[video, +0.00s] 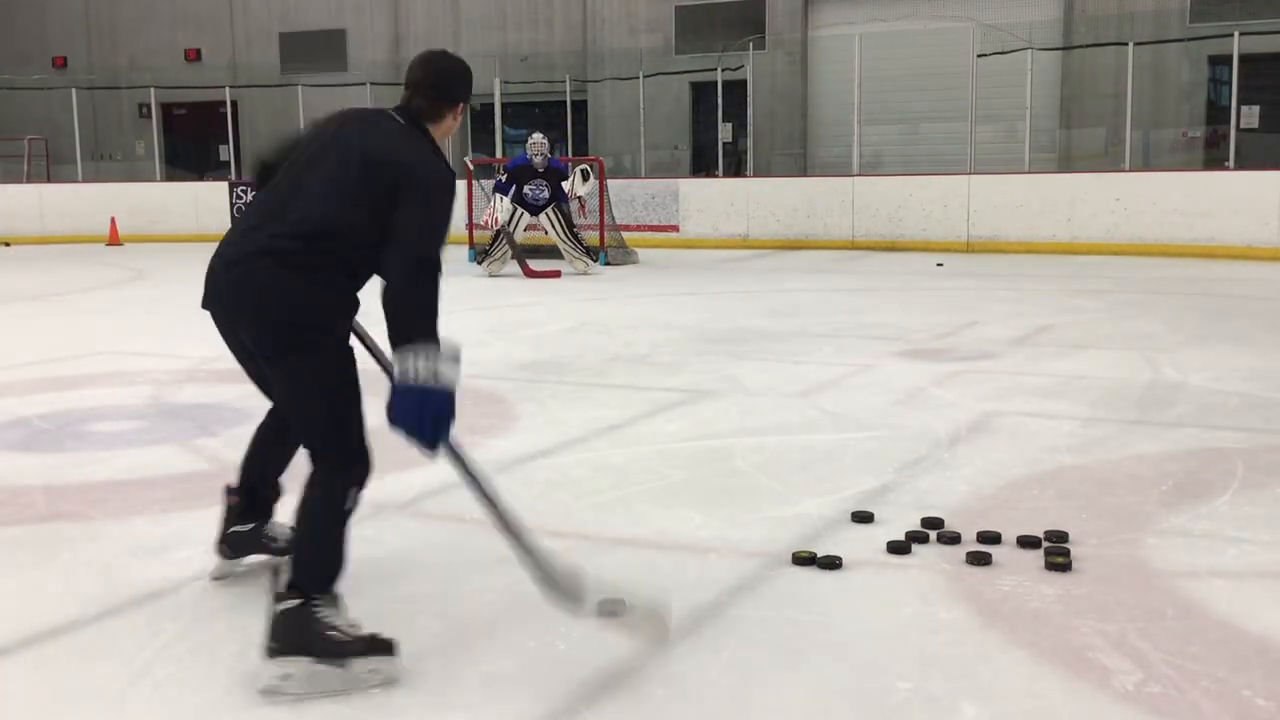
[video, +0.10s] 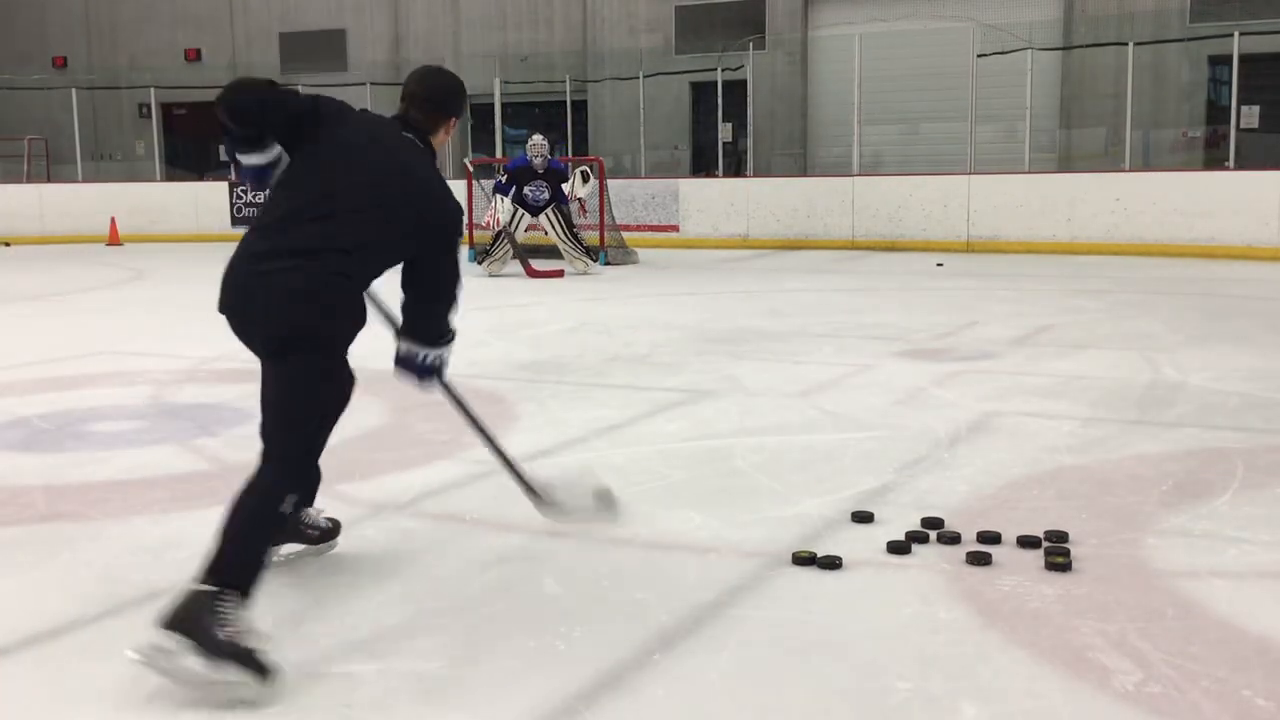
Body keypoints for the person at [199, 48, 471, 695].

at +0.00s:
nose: (461, 122)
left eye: (457, 111)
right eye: (463, 112)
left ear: (407, 94)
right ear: (455, 112)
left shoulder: (351, 125)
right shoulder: (428, 171)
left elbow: (273, 173)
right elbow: (411, 276)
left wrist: (322, 276)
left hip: (232, 286)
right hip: (297, 302)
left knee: (297, 406)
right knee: (342, 461)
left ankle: (243, 524)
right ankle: (305, 609)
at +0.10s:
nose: (455, 137)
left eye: (454, 126)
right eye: (456, 127)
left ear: (401, 103)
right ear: (447, 125)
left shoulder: (335, 120)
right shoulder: (434, 201)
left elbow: (242, 98)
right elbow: (431, 293)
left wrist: (257, 156)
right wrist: (423, 348)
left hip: (245, 288)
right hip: (309, 315)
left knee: (328, 387)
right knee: (288, 460)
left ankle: (285, 507)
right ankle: (213, 600)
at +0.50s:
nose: (489, 94)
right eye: (493, 86)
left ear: (438, 74)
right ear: (488, 88)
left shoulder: (383, 107)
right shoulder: (484, 151)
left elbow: (300, 135)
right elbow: (477, 235)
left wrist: (237, 200)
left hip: (317, 263)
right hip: (374, 284)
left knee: (395, 380)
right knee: (396, 423)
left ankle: (350, 487)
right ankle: (311, 536)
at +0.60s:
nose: (509, 77)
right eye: (511, 70)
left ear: (457, 60)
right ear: (508, 73)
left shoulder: (397, 98)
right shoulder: (501, 141)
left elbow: (312, 132)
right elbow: (503, 233)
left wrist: (273, 202)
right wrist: (517, 301)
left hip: (333, 262)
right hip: (393, 279)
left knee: (401, 378)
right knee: (445, 411)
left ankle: (360, 490)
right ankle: (382, 536)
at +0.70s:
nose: (528, 67)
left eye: (522, 57)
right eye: (530, 60)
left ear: (476, 48)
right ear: (525, 61)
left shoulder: (416, 90)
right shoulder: (520, 128)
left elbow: (335, 129)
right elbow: (525, 227)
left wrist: (315, 204)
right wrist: (548, 305)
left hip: (357, 255)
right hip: (415, 269)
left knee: (410, 377)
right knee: (482, 401)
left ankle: (362, 489)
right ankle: (442, 537)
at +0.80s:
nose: (555, 57)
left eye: (554, 47)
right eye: (557, 49)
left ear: (499, 37)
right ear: (548, 51)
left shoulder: (438, 78)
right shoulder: (541, 119)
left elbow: (354, 125)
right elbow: (543, 221)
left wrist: (355, 203)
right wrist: (572, 306)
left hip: (382, 255)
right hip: (445, 267)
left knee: (409, 378)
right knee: (509, 398)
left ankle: (365, 491)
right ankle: (489, 540)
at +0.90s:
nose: (583, 57)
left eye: (585, 46)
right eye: (585, 47)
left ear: (528, 30)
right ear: (572, 42)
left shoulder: (455, 66)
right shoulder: (565, 113)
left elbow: (371, 110)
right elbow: (566, 215)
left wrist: (394, 185)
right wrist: (596, 305)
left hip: (402, 247)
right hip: (477, 258)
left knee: (414, 372)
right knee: (525, 397)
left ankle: (389, 492)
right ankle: (539, 538)